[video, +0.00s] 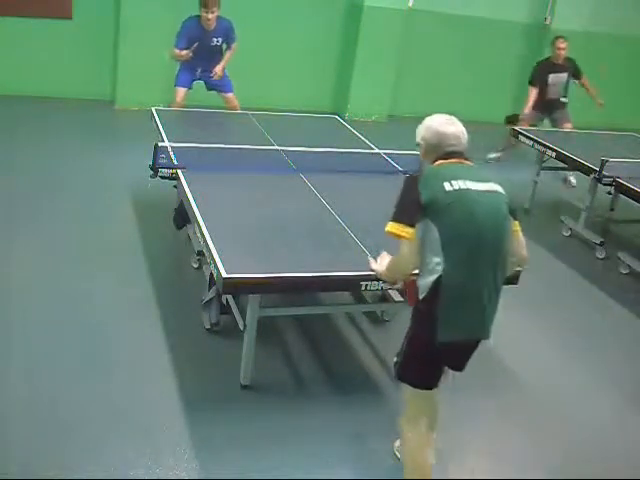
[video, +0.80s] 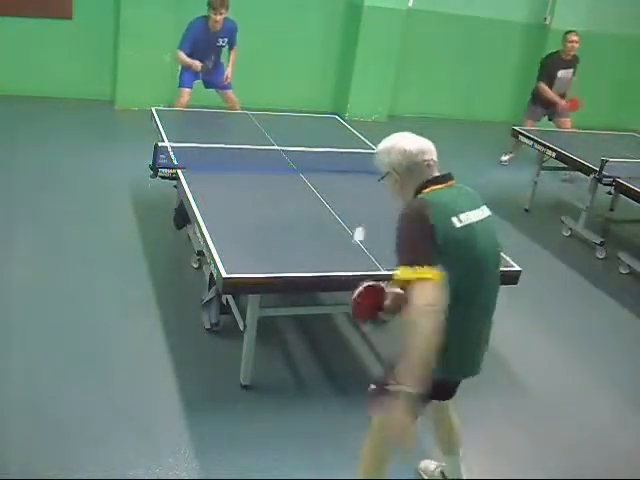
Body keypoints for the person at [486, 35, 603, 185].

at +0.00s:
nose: (561, 52)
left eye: (563, 49)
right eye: (558, 49)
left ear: (566, 50)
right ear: (553, 49)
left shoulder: (570, 65)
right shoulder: (541, 66)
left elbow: (583, 82)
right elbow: (533, 90)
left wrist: (596, 99)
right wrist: (526, 110)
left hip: (558, 106)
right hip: (540, 105)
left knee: (568, 133)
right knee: (520, 129)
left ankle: (569, 172)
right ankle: (502, 153)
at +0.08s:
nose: (568, 52)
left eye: (571, 48)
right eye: (565, 48)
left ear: (574, 49)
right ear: (560, 48)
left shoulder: (577, 64)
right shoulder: (551, 65)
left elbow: (586, 79)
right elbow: (543, 88)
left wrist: (596, 97)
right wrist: (535, 109)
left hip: (565, 105)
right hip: (547, 104)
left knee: (572, 135)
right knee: (526, 131)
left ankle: (569, 172)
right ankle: (503, 152)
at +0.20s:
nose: (581, 47)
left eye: (584, 44)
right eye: (578, 44)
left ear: (587, 45)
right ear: (573, 45)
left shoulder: (589, 61)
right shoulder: (565, 61)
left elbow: (593, 80)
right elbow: (564, 86)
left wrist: (601, 97)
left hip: (571, 104)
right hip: (553, 102)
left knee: (574, 135)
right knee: (531, 128)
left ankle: (569, 172)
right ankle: (506, 149)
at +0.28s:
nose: (585, 46)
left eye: (588, 42)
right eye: (582, 42)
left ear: (591, 44)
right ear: (576, 43)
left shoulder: (590, 59)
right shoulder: (568, 62)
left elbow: (590, 78)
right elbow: (569, 81)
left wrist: (601, 94)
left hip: (572, 102)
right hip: (554, 100)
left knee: (574, 134)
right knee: (532, 127)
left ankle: (569, 171)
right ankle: (509, 147)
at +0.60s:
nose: (579, 44)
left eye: (582, 41)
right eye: (576, 41)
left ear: (585, 44)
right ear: (570, 43)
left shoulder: (583, 60)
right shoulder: (560, 61)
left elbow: (580, 81)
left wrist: (580, 98)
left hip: (567, 104)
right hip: (548, 102)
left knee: (572, 135)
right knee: (529, 128)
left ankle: (570, 171)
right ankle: (512, 152)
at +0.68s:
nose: (576, 45)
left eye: (579, 43)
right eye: (573, 42)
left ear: (582, 45)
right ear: (566, 43)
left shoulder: (579, 61)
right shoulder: (555, 62)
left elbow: (577, 80)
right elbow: (554, 87)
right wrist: (578, 94)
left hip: (563, 105)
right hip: (544, 103)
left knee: (569, 135)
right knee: (527, 131)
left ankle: (569, 171)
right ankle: (511, 152)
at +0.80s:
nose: (573, 45)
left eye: (575, 42)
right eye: (570, 42)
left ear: (578, 45)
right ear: (563, 43)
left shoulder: (574, 61)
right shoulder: (549, 60)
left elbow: (568, 81)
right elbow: (541, 85)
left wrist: (566, 98)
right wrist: (559, 101)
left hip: (559, 101)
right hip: (541, 99)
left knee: (568, 132)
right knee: (526, 130)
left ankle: (570, 165)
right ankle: (511, 152)